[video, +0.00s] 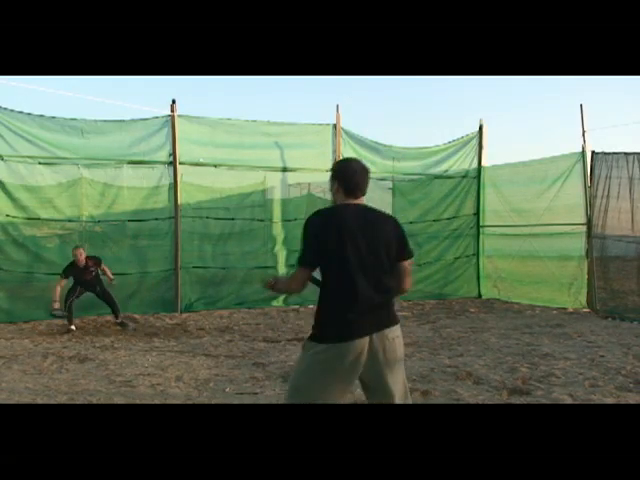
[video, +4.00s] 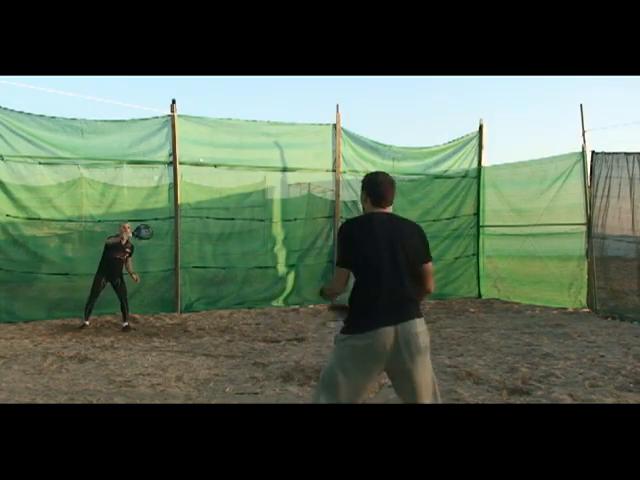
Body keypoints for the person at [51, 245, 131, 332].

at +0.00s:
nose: (79, 258)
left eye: (81, 255)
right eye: (77, 255)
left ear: (85, 254)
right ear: (74, 257)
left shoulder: (93, 261)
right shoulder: (70, 268)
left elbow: (103, 268)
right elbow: (59, 285)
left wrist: (110, 277)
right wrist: (56, 302)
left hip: (95, 284)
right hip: (80, 285)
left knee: (111, 301)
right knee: (68, 301)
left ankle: (118, 319)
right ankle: (71, 325)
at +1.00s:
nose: (103, 228)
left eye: (105, 225)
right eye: (100, 225)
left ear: (109, 227)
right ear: (97, 228)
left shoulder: (117, 242)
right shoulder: (91, 243)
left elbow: (122, 258)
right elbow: (81, 259)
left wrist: (120, 269)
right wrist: (84, 243)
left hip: (113, 274)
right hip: (98, 275)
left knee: (121, 299)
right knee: (92, 299)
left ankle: (125, 322)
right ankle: (89, 323)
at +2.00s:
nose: (96, 229)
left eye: (98, 227)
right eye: (94, 227)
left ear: (101, 229)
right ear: (90, 229)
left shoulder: (107, 245)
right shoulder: (81, 244)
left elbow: (110, 261)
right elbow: (74, 261)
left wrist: (107, 271)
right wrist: (83, 269)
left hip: (101, 274)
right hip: (87, 274)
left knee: (112, 297)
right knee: (79, 299)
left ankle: (121, 322)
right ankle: (76, 323)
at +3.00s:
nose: (106, 243)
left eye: (108, 241)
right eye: (104, 240)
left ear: (110, 242)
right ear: (99, 241)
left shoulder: (113, 255)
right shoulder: (89, 254)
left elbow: (115, 269)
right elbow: (80, 271)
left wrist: (113, 282)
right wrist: (84, 282)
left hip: (106, 283)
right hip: (90, 283)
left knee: (120, 297)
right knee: (78, 299)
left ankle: (119, 321)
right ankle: (75, 323)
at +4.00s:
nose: (126, 231)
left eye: (128, 229)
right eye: (124, 228)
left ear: (130, 231)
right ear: (120, 230)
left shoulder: (129, 246)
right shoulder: (111, 240)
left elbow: (127, 262)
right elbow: (109, 242)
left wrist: (132, 274)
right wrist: (122, 239)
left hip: (117, 274)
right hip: (103, 272)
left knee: (123, 298)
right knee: (93, 296)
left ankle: (125, 322)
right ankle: (86, 320)